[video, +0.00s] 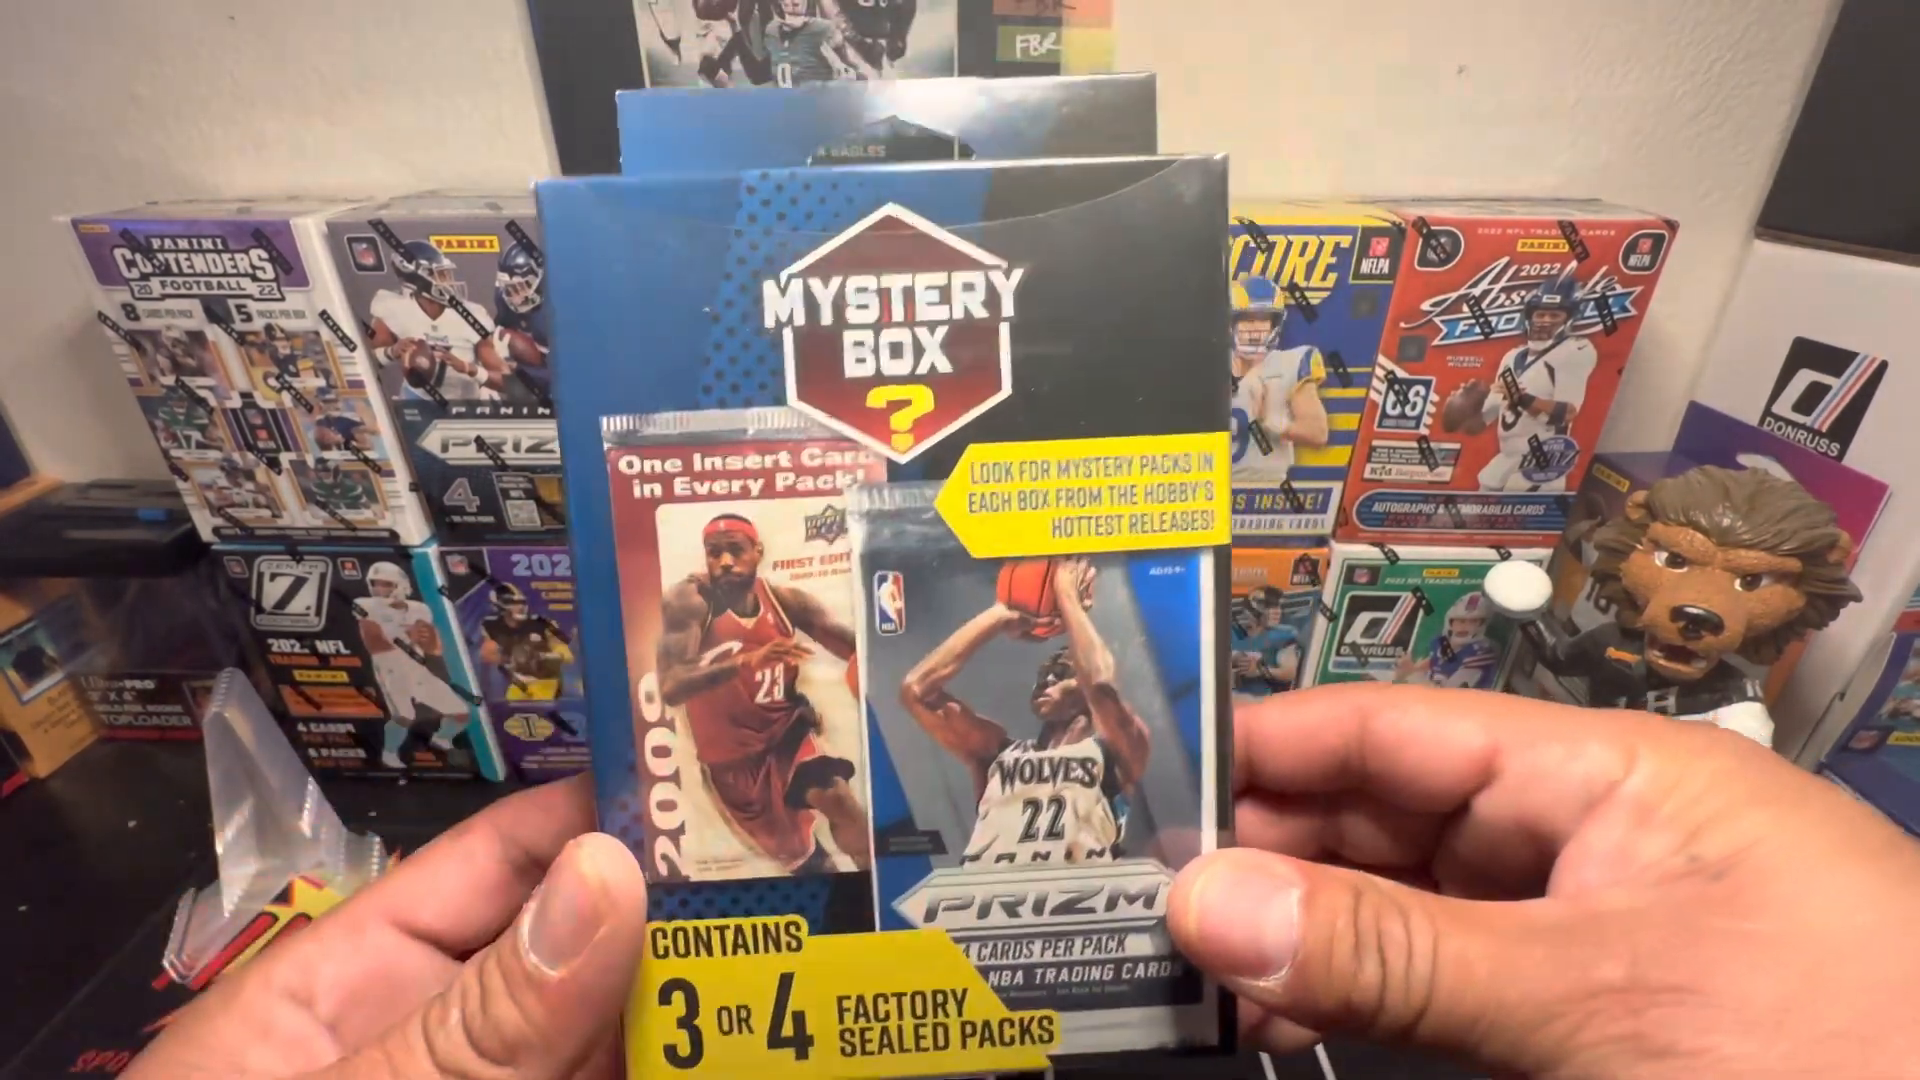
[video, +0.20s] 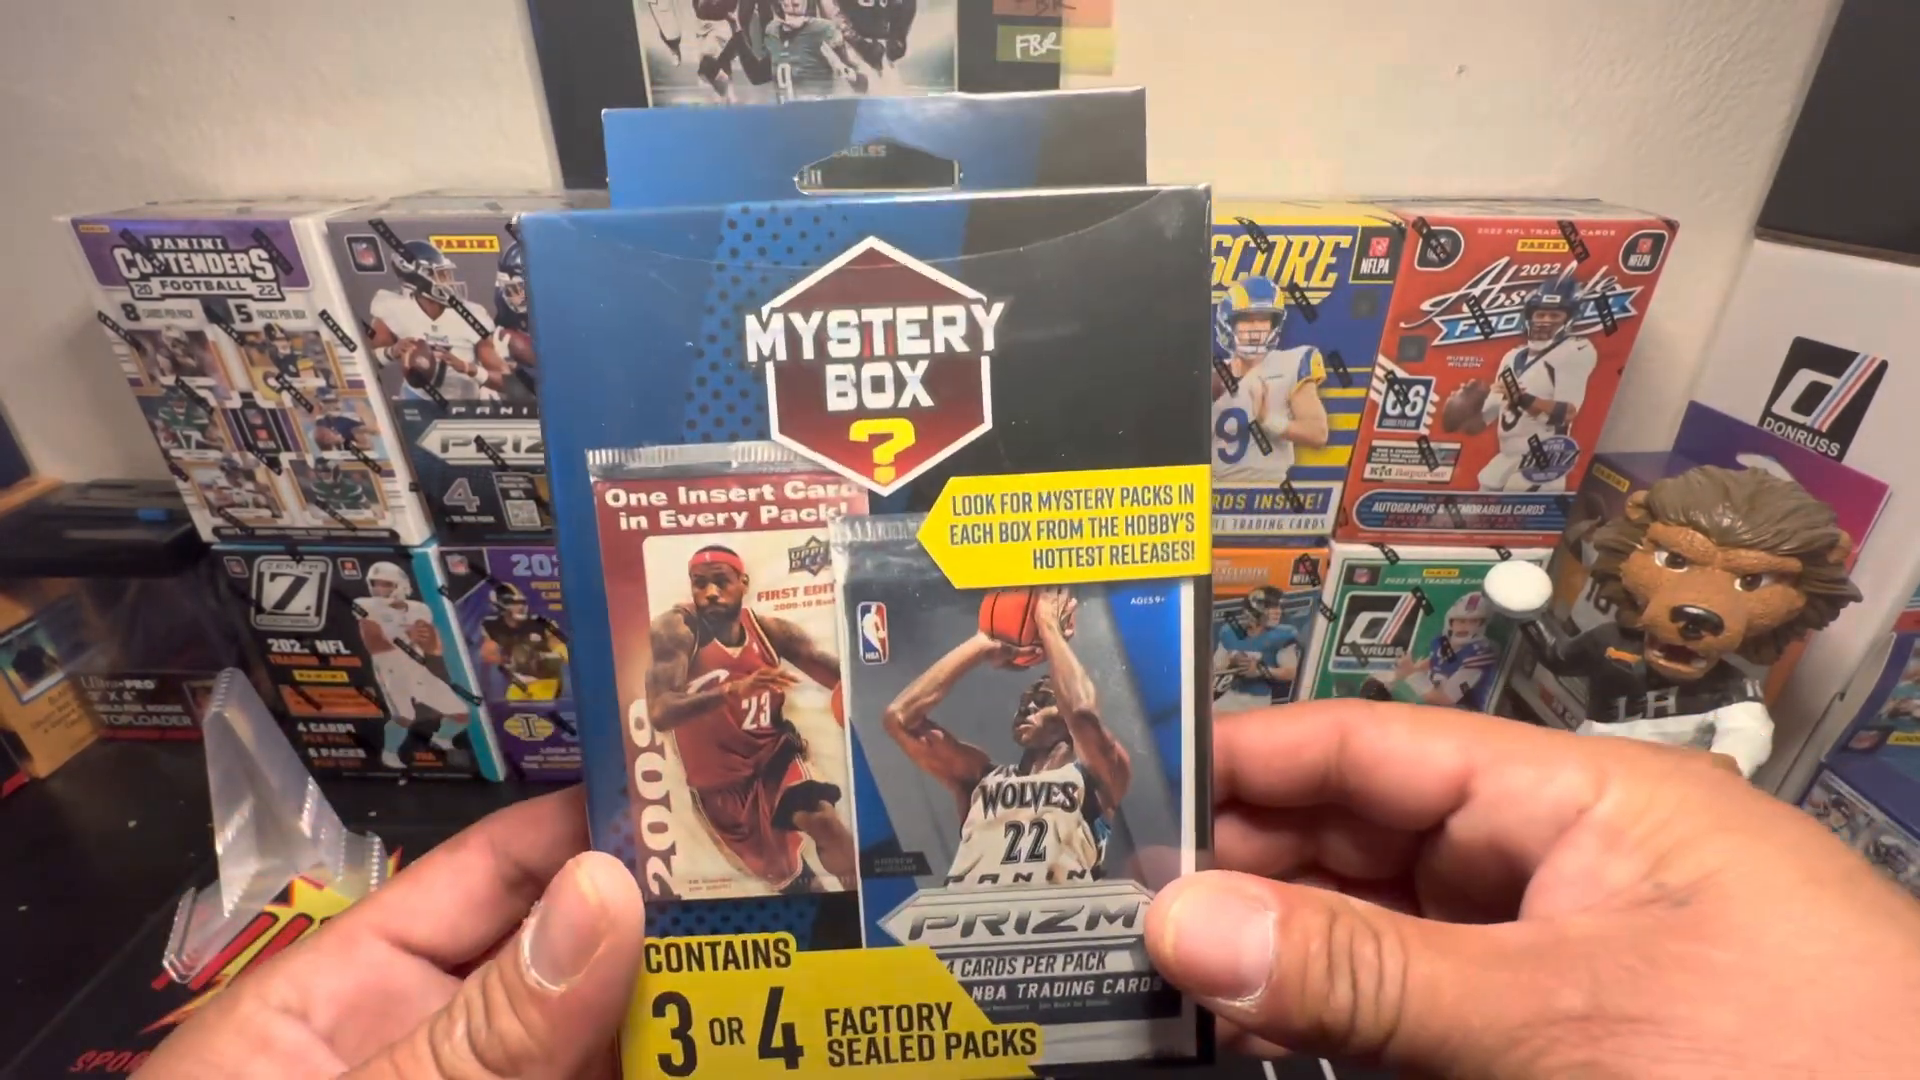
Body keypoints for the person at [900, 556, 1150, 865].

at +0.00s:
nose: (1043, 680)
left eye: (1061, 672)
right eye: (1042, 674)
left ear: (1087, 688)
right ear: (1033, 689)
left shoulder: (1113, 755)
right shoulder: (997, 753)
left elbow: (1099, 683)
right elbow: (917, 691)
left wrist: (1066, 594)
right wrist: (997, 616)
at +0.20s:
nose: (1025, 707)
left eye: (1043, 700)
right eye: (1023, 701)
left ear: (1069, 715)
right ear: (1014, 715)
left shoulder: (1094, 779)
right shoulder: (980, 778)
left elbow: (1081, 712)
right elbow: (900, 718)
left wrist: (1047, 623)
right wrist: (980, 644)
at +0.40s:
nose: (1037, 722)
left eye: (1053, 716)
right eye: (1035, 716)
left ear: (1078, 730)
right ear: (1026, 728)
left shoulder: (1099, 791)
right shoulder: (988, 789)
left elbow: (1089, 728)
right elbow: (914, 731)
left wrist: (1060, 644)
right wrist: (995, 661)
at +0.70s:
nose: (1066, 720)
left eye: (1083, 714)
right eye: (1065, 715)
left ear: (1106, 730)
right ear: (1056, 730)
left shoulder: (1126, 789)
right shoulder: (1019, 787)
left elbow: (1118, 727)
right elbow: (947, 730)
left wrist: (1090, 645)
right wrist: (1026, 661)